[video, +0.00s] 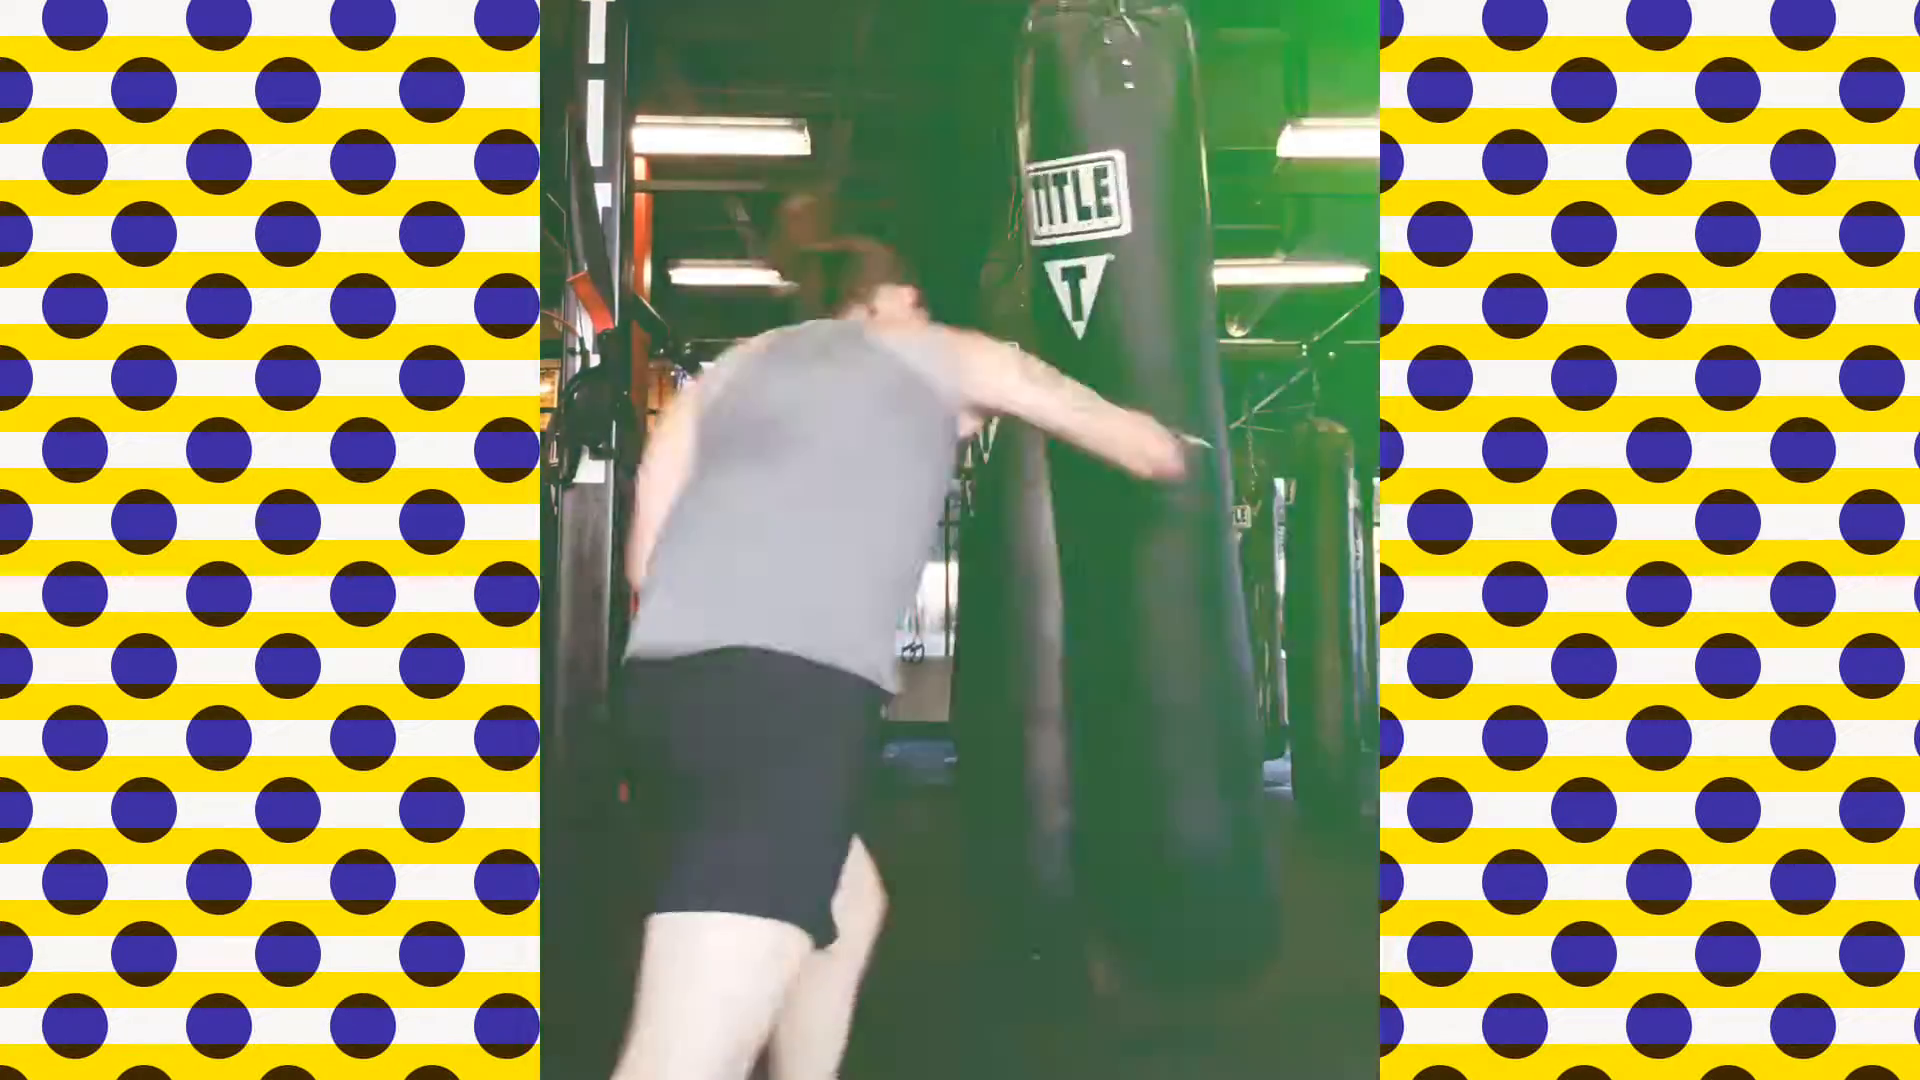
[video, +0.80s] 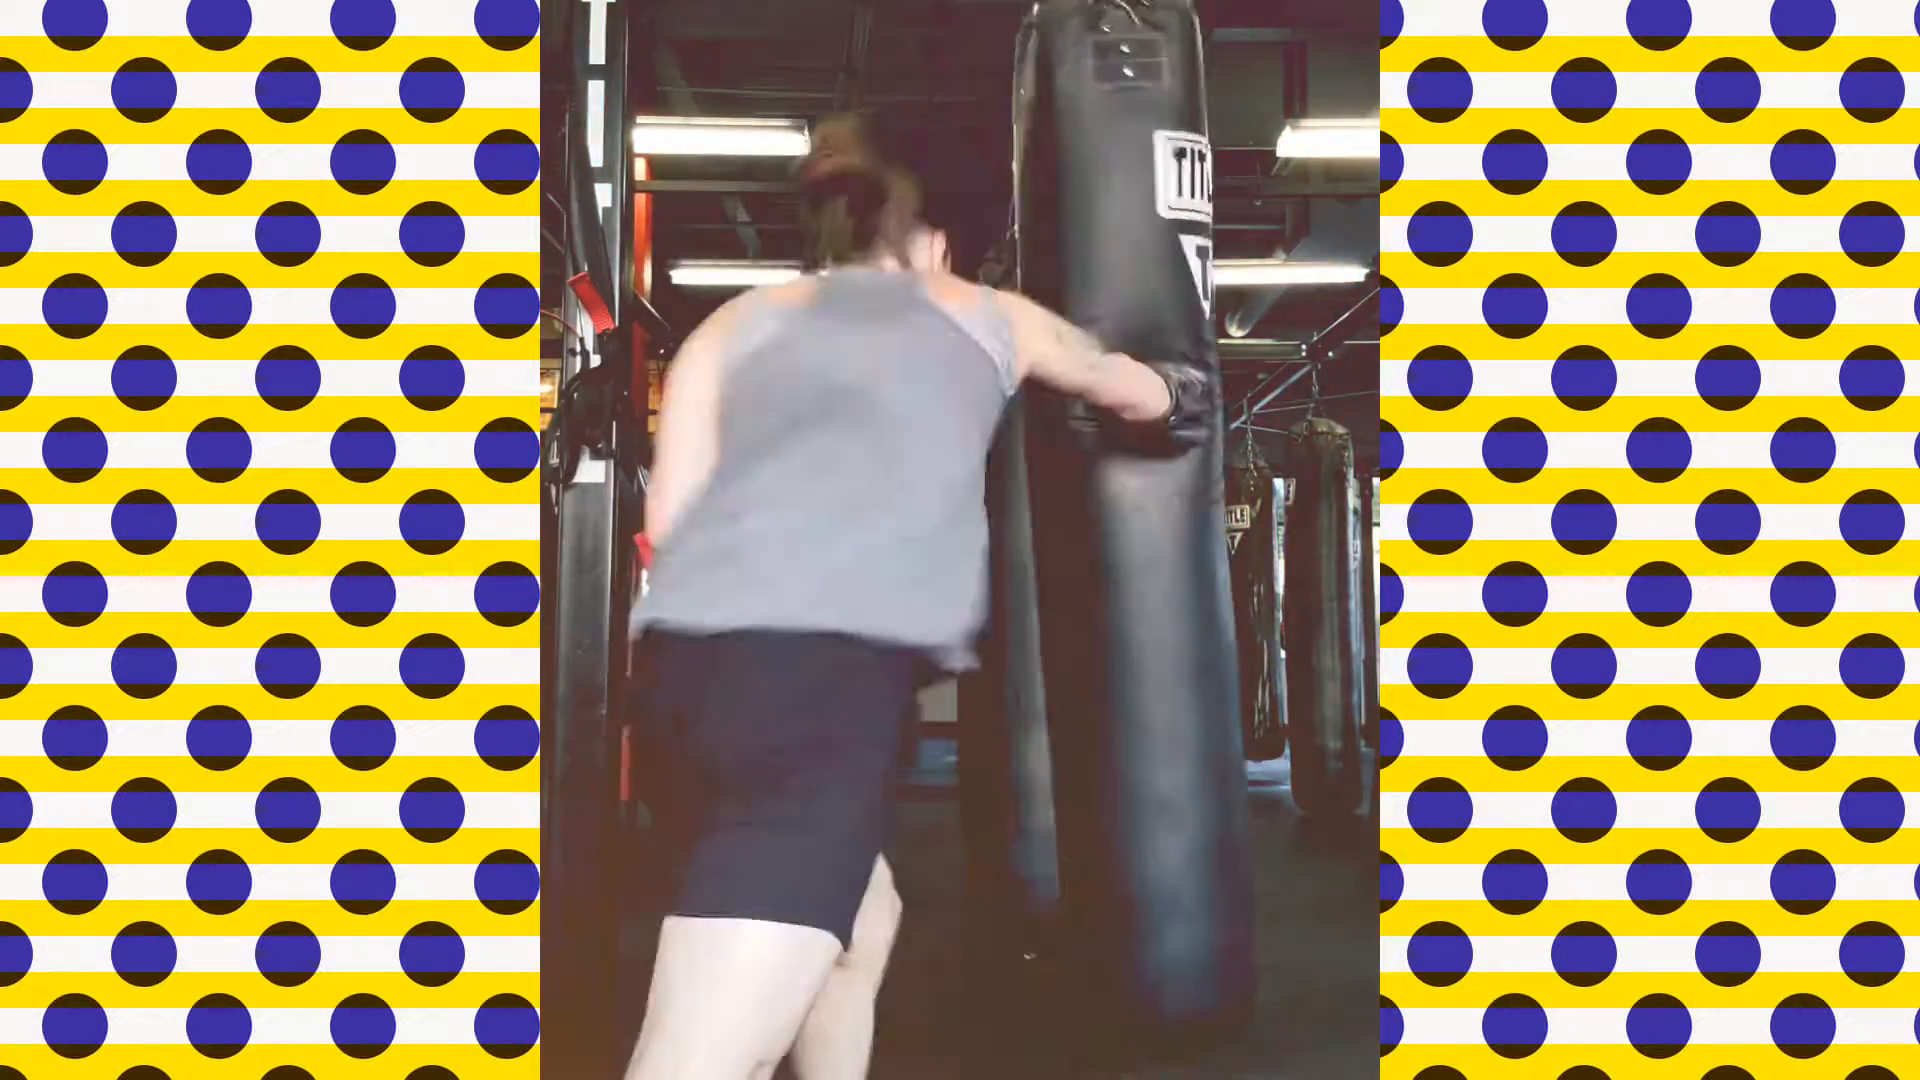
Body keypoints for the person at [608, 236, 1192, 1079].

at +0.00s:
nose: (931, 323)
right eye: (930, 314)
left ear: (812, 302)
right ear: (900, 302)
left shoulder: (713, 378)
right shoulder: (934, 352)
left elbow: (645, 562)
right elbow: (1147, 451)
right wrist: (1180, 455)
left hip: (657, 686)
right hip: (793, 689)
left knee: (847, 904)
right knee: (681, 1053)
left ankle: (805, 1078)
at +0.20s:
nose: (905, 155)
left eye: (908, 130)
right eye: (906, 127)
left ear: (774, 95)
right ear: (877, 103)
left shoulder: (713, 196)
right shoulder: (827, 200)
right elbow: (912, 467)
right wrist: (959, 399)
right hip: (665, 680)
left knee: (799, 940)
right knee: (659, 1036)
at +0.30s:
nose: (886, 108)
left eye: (891, 78)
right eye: (891, 71)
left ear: (748, 32)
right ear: (859, 38)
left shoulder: (626, 131)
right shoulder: (722, 168)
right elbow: (911, 403)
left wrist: (871, 259)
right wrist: (952, 279)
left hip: (656, 674)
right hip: (587, 683)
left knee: (822, 958)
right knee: (590, 1058)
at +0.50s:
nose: (888, 172)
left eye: (889, 148)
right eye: (885, 144)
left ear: (785, 121)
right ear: (845, 119)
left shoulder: (691, 216)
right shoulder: (820, 202)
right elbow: (997, 382)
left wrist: (1022, 330)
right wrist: (1119, 374)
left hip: (650, 663)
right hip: (698, 676)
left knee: (805, 943)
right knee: (634, 1047)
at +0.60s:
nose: (923, 166)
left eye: (922, 146)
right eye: (918, 145)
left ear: (801, 128)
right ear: (891, 132)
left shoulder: (671, 248)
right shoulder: (894, 216)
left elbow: (573, 488)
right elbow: (1090, 402)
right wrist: (1121, 328)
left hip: (639, 675)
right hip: (714, 686)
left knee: (868, 928)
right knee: (663, 1065)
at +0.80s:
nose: (952, 270)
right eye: (949, 254)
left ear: (818, 245)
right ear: (928, 247)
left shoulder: (724, 327)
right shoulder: (982, 313)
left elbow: (665, 523)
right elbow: (1128, 389)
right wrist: (1172, 390)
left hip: (682, 660)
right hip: (832, 663)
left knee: (862, 917)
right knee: (693, 1057)